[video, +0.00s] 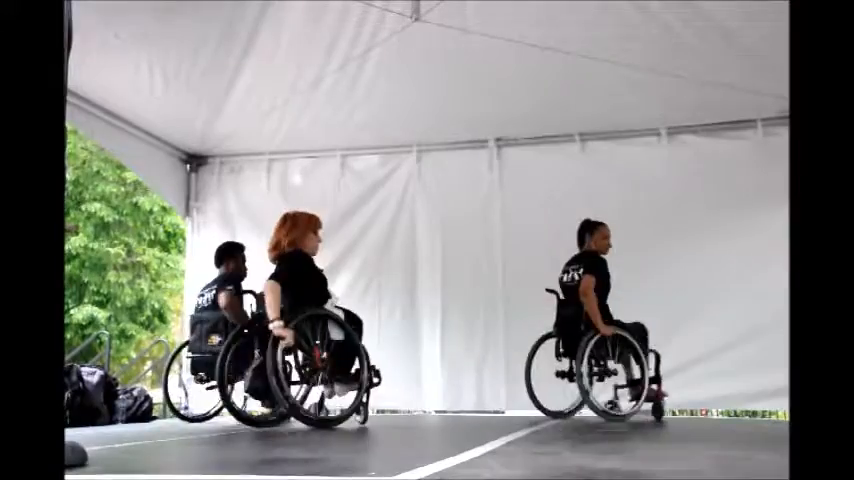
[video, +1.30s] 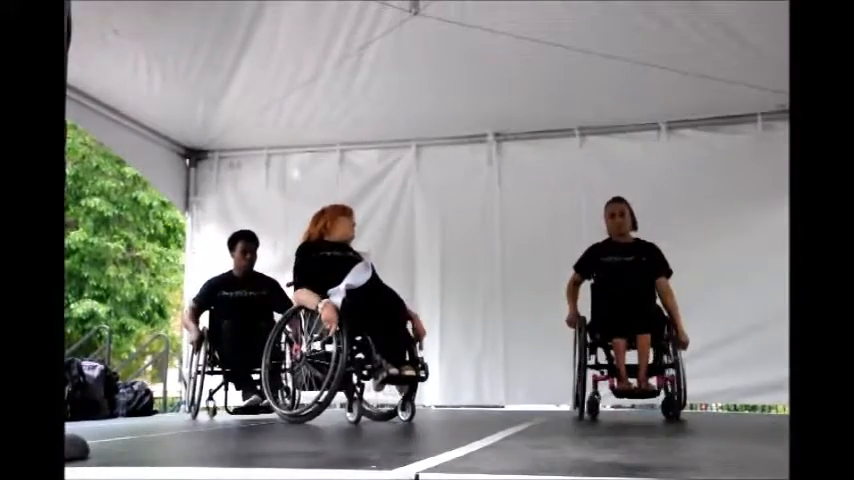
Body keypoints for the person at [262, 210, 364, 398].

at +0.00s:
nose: (319, 239)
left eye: (318, 233)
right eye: (314, 233)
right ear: (299, 235)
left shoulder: (304, 261)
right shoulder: (293, 259)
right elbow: (271, 286)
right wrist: (276, 322)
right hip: (305, 319)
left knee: (351, 322)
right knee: (353, 323)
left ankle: (337, 375)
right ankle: (340, 376)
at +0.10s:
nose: (319, 239)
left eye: (317, 233)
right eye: (314, 233)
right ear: (299, 236)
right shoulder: (295, 263)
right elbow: (261, 289)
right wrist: (256, 330)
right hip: (300, 328)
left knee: (356, 318)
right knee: (359, 321)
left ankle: (351, 376)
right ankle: (351, 379)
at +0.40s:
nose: (322, 236)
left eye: (320, 231)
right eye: (316, 231)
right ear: (300, 235)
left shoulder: (318, 265)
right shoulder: (282, 262)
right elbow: (251, 301)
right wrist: (275, 320)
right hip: (296, 327)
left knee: (369, 319)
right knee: (365, 323)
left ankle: (365, 372)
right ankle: (361, 376)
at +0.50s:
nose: (324, 236)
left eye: (323, 231)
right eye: (319, 230)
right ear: (302, 234)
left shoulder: (322, 265)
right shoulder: (282, 263)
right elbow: (258, 304)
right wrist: (287, 309)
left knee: (371, 317)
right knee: (364, 321)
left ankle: (369, 370)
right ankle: (361, 373)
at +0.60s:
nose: (328, 235)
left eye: (327, 230)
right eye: (323, 229)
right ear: (306, 233)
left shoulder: (325, 263)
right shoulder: (285, 261)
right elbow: (262, 303)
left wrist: (375, 336)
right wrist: (292, 306)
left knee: (368, 314)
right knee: (356, 316)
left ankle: (373, 371)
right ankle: (363, 373)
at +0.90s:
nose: (338, 230)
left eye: (338, 226)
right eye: (334, 226)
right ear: (317, 228)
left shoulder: (342, 260)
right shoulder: (292, 256)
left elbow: (363, 295)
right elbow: (274, 298)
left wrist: (389, 327)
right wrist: (297, 304)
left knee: (369, 305)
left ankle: (380, 367)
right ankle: (369, 368)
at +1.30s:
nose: (354, 226)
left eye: (353, 222)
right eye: (349, 222)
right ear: (330, 224)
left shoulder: (354, 255)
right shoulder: (308, 250)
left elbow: (379, 287)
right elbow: (301, 292)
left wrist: (412, 316)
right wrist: (322, 304)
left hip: (369, 303)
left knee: (391, 307)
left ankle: (399, 363)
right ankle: (390, 364)